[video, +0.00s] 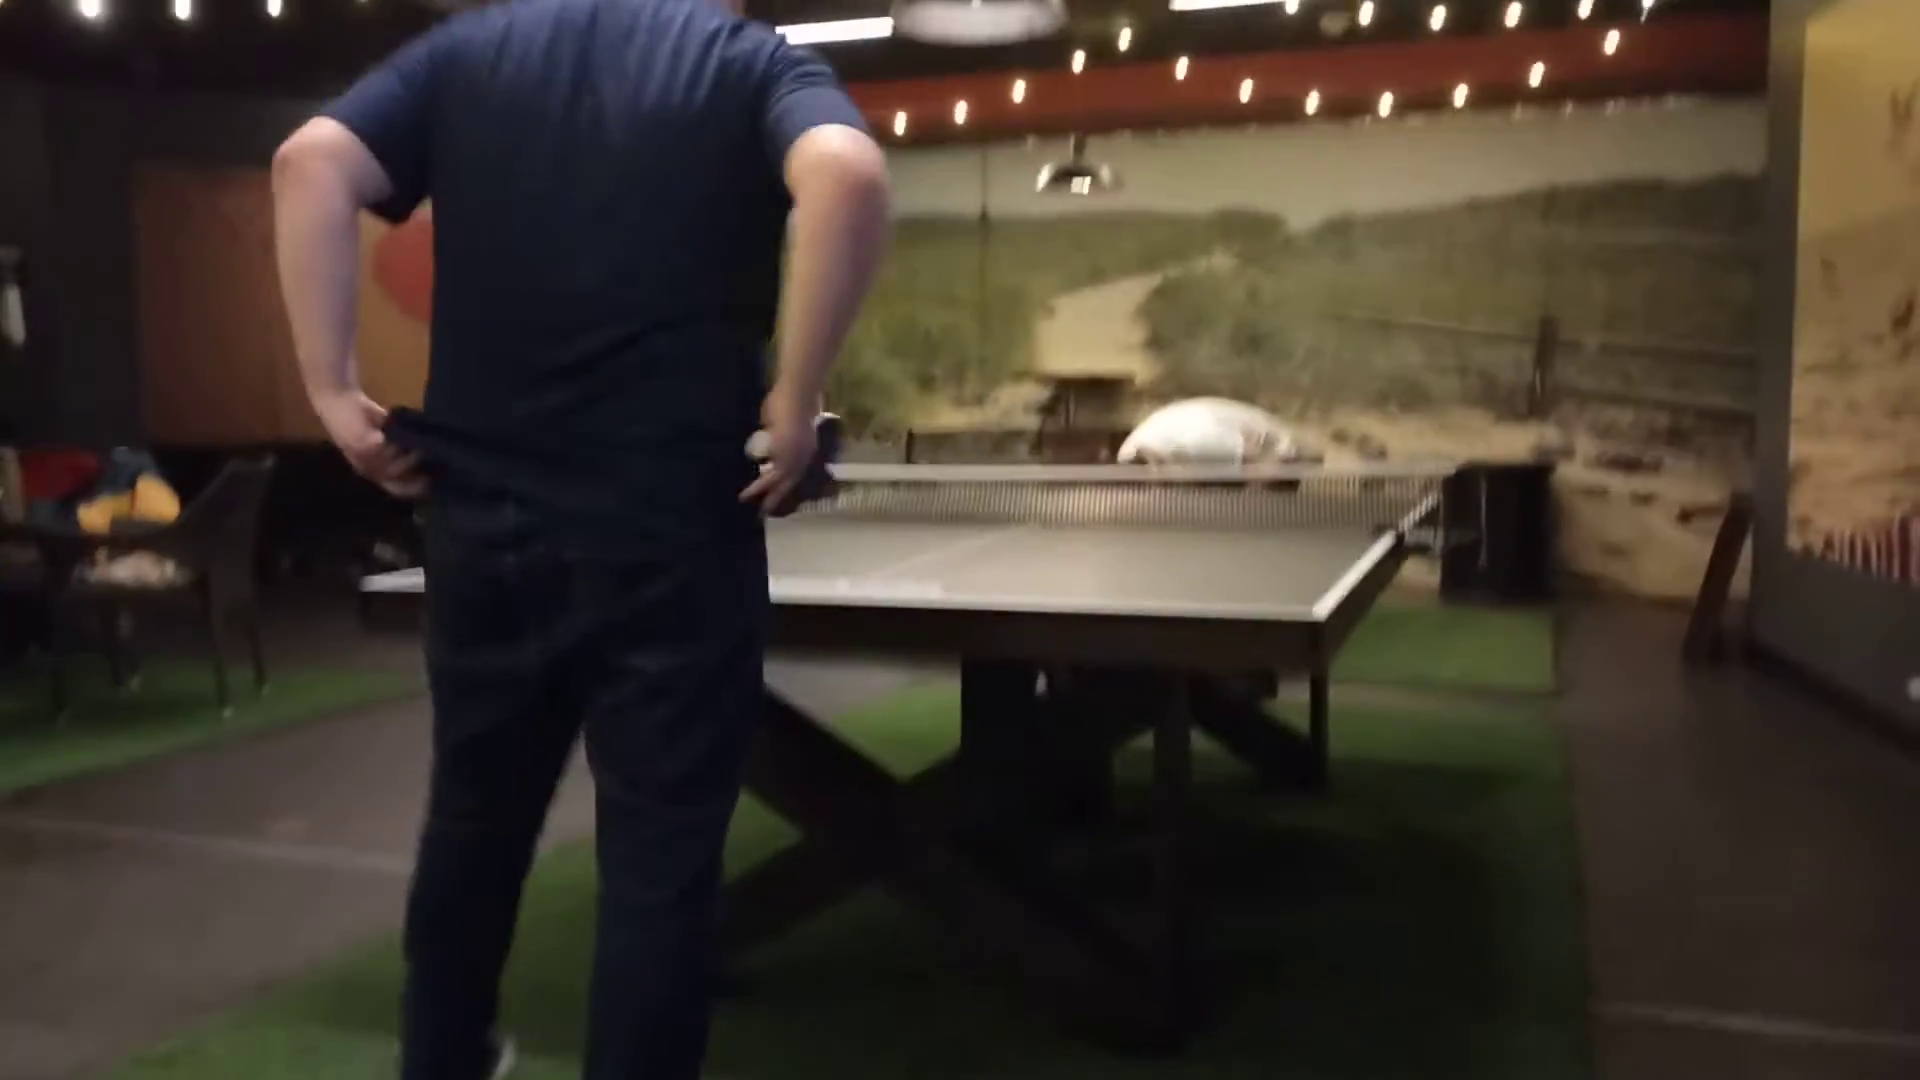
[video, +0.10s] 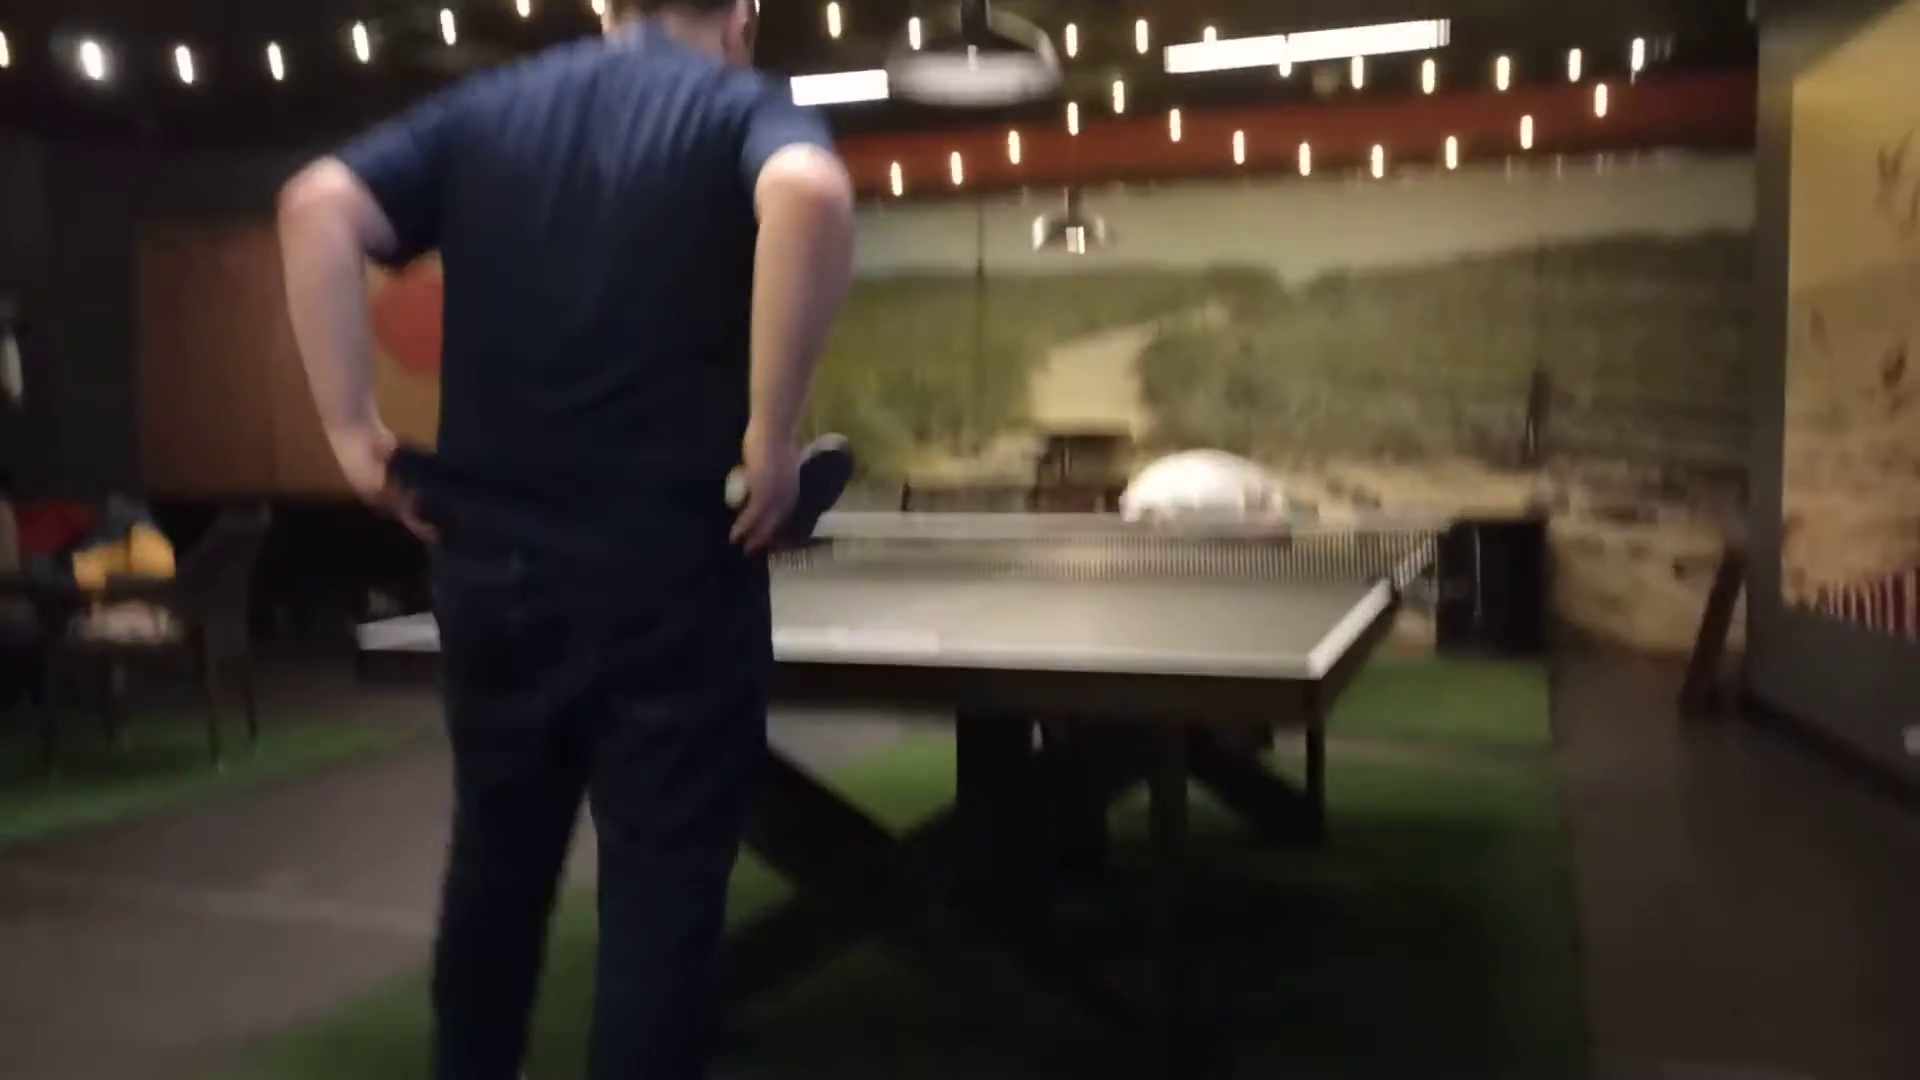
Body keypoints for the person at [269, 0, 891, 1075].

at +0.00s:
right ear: (728, 1)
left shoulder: (472, 45)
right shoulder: (756, 55)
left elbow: (314, 161)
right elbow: (846, 172)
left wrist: (334, 386)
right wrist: (797, 400)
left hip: (488, 533)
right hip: (678, 539)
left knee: (471, 831)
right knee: (659, 870)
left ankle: (443, 1061)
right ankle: (637, 1065)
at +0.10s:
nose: (752, 39)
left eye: (746, 29)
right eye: (753, 28)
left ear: (611, 18)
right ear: (737, 19)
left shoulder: (491, 103)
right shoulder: (747, 101)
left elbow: (319, 206)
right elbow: (811, 194)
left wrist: (353, 429)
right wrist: (772, 442)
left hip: (493, 567)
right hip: (673, 572)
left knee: (494, 866)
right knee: (663, 902)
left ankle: (469, 1065)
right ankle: (647, 1069)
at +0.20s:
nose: (744, 107)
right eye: (746, 92)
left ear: (605, 75)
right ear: (730, 82)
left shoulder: (492, 165)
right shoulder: (739, 150)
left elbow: (323, 265)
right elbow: (781, 231)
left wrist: (371, 472)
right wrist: (754, 476)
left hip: (498, 602)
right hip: (672, 606)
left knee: (513, 898)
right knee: (662, 927)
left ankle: (492, 1072)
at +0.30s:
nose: (731, 133)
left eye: (724, 123)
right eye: (732, 120)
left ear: (595, 110)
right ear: (715, 112)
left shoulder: (488, 192)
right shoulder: (731, 183)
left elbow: (314, 286)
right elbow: (764, 269)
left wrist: (366, 474)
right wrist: (746, 519)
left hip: (491, 634)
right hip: (660, 641)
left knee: (517, 953)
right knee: (661, 970)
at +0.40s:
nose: (711, 148)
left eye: (705, 134)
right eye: (711, 131)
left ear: (574, 120)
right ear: (695, 118)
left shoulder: (476, 202)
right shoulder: (712, 201)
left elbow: (300, 299)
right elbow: (747, 313)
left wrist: (344, 499)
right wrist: (746, 560)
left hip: (485, 640)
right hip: (646, 652)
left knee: (520, 951)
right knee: (659, 973)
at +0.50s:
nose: (693, 155)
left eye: (692, 139)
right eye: (694, 136)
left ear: (562, 124)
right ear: (675, 126)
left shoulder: (462, 219)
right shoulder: (682, 216)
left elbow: (304, 324)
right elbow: (712, 359)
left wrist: (312, 528)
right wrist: (770, 598)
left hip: (473, 649)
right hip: (626, 656)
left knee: (513, 952)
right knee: (661, 977)